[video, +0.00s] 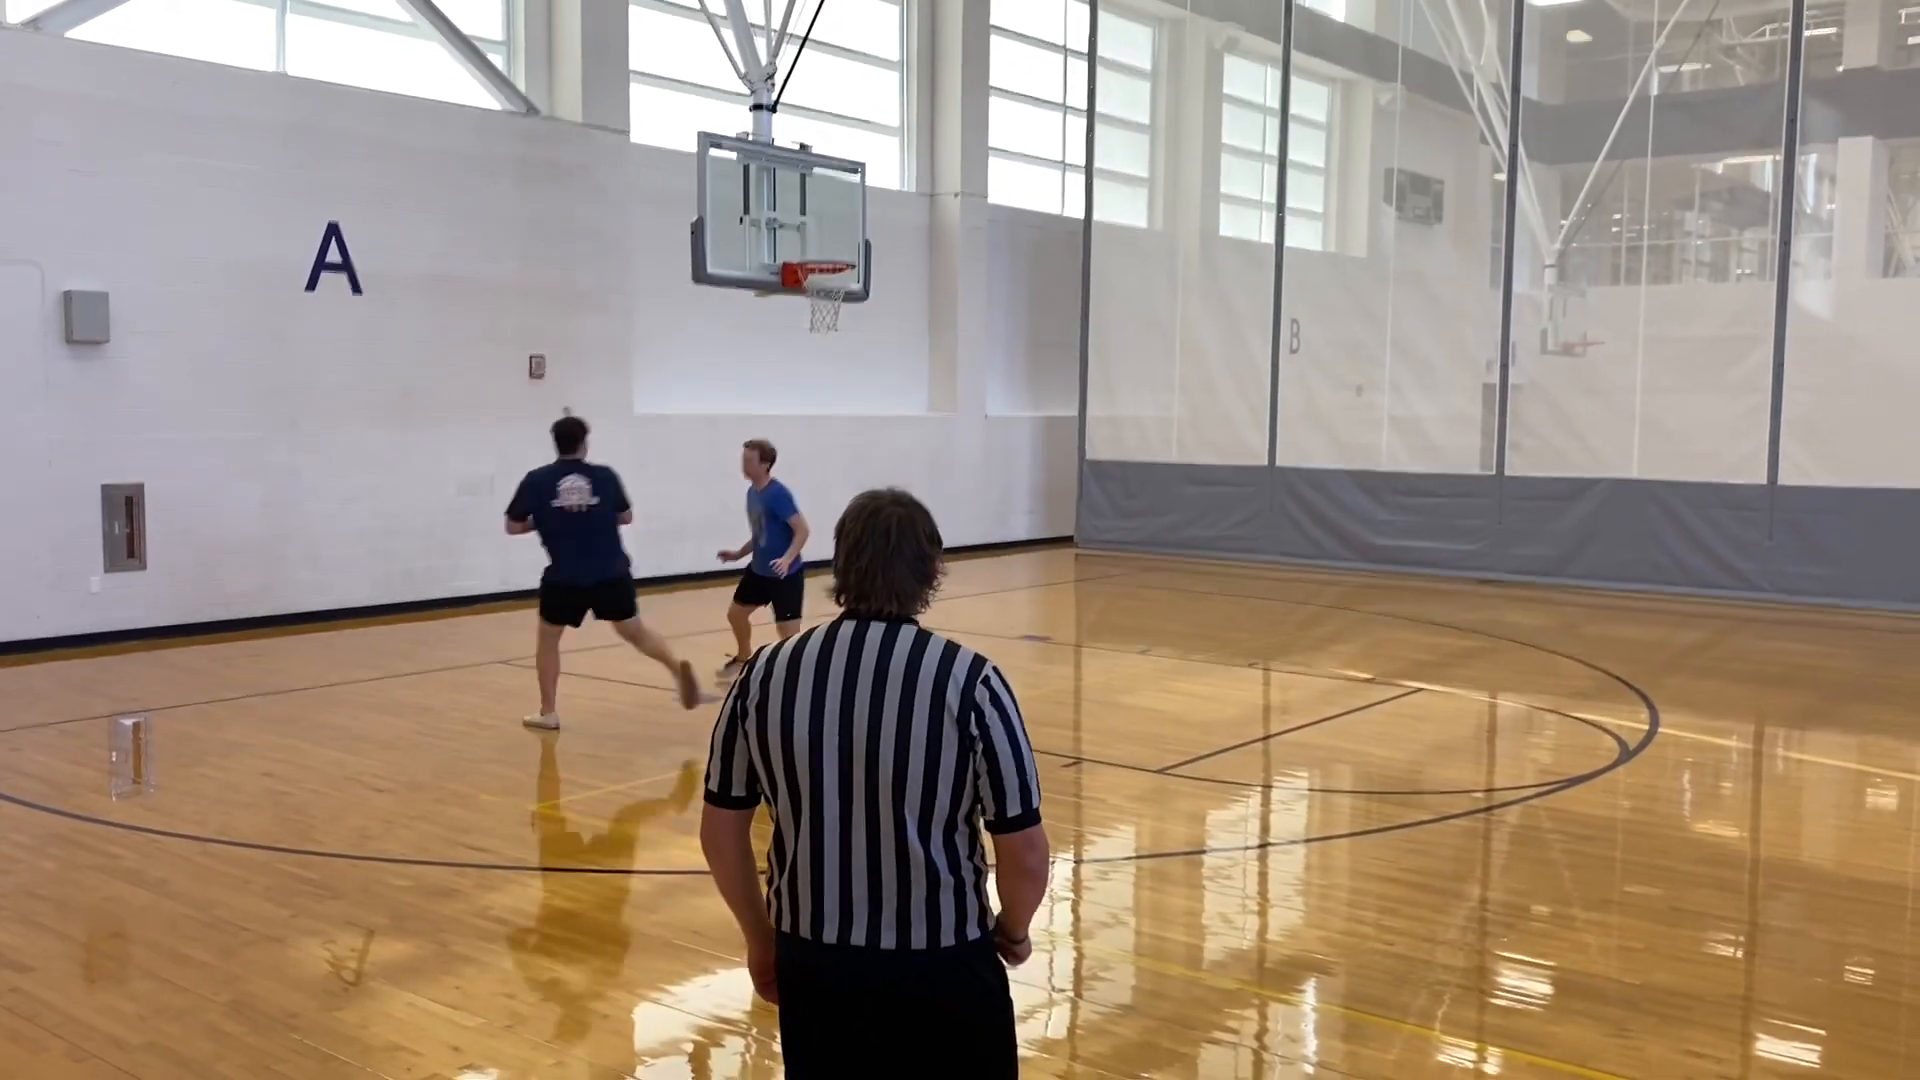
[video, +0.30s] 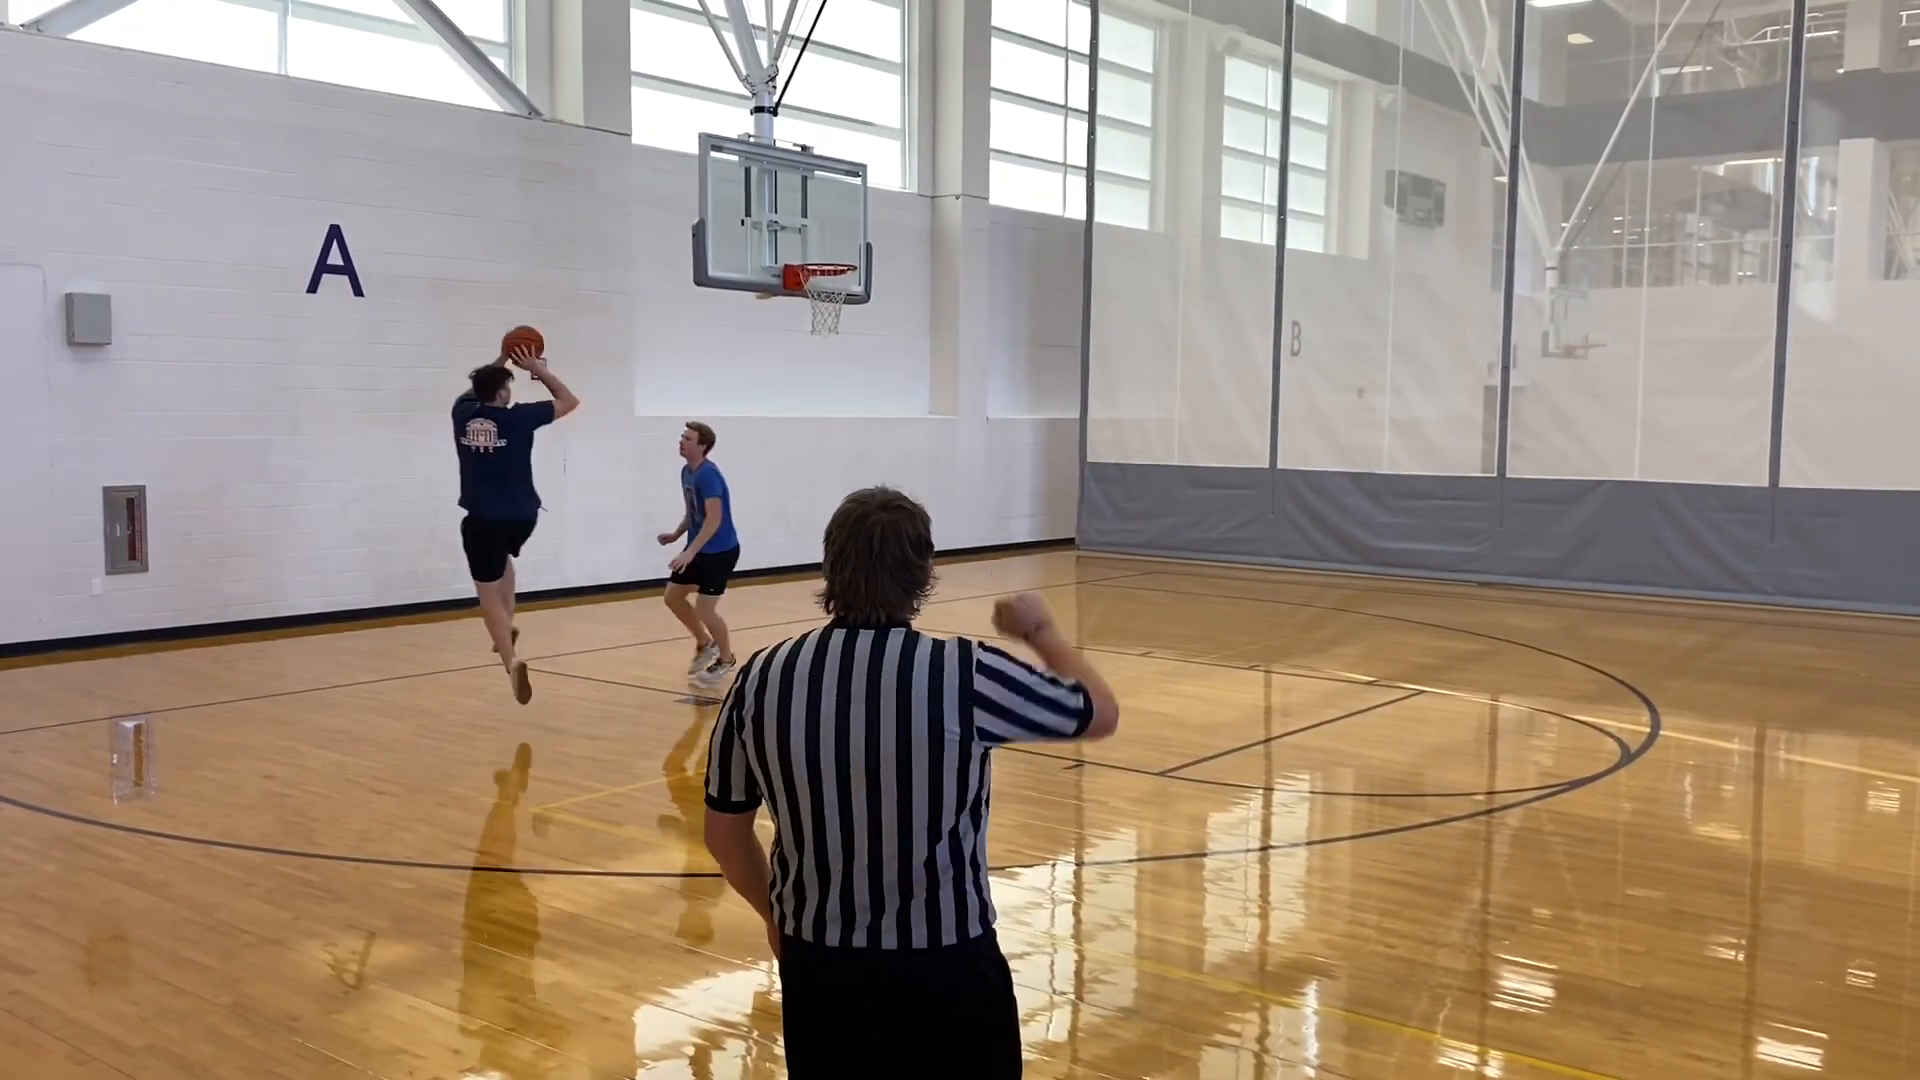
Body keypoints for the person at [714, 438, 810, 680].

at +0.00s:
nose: (743, 465)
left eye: (748, 460)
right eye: (743, 460)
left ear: (764, 464)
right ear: (751, 462)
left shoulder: (778, 494)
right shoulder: (752, 493)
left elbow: (802, 530)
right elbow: (760, 535)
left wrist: (787, 559)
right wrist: (738, 554)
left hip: (786, 574)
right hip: (759, 571)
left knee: (788, 632)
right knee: (736, 615)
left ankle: (796, 679)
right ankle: (744, 657)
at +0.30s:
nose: (681, 442)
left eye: (686, 439)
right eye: (682, 438)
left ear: (702, 446)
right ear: (693, 445)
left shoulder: (709, 475)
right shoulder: (687, 472)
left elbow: (714, 519)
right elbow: (693, 511)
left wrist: (690, 551)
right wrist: (676, 534)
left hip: (721, 551)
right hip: (698, 549)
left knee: (705, 609)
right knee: (673, 598)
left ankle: (726, 659)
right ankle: (705, 643)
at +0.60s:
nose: (623, 447)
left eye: (630, 446)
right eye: (627, 444)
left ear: (641, 457)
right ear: (636, 454)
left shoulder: (641, 479)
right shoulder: (630, 482)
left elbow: (608, 458)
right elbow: (622, 504)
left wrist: (582, 432)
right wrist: (599, 503)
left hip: (645, 559)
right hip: (626, 559)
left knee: (655, 619)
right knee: (599, 609)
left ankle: (707, 659)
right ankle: (615, 662)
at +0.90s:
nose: (578, 381)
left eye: (581, 380)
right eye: (587, 382)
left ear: (578, 388)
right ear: (601, 396)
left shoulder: (564, 400)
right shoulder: (602, 421)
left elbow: (544, 364)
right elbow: (604, 459)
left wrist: (530, 329)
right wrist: (581, 462)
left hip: (559, 487)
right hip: (585, 487)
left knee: (565, 557)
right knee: (592, 552)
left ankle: (571, 618)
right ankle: (605, 610)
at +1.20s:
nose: (536, 436)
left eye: (533, 433)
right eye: (534, 434)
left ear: (509, 442)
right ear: (532, 439)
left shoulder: (501, 462)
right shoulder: (552, 465)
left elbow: (460, 481)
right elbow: (561, 504)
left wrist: (439, 454)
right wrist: (535, 512)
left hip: (505, 537)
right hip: (540, 541)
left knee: (481, 594)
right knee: (537, 603)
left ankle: (453, 649)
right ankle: (535, 660)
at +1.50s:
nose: (501, 447)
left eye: (499, 443)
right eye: (498, 443)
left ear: (474, 450)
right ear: (491, 447)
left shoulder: (460, 478)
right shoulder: (509, 471)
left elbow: (459, 524)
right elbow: (525, 509)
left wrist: (475, 540)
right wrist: (531, 544)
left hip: (475, 552)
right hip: (509, 548)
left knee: (461, 602)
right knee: (515, 593)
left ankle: (439, 658)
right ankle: (508, 638)